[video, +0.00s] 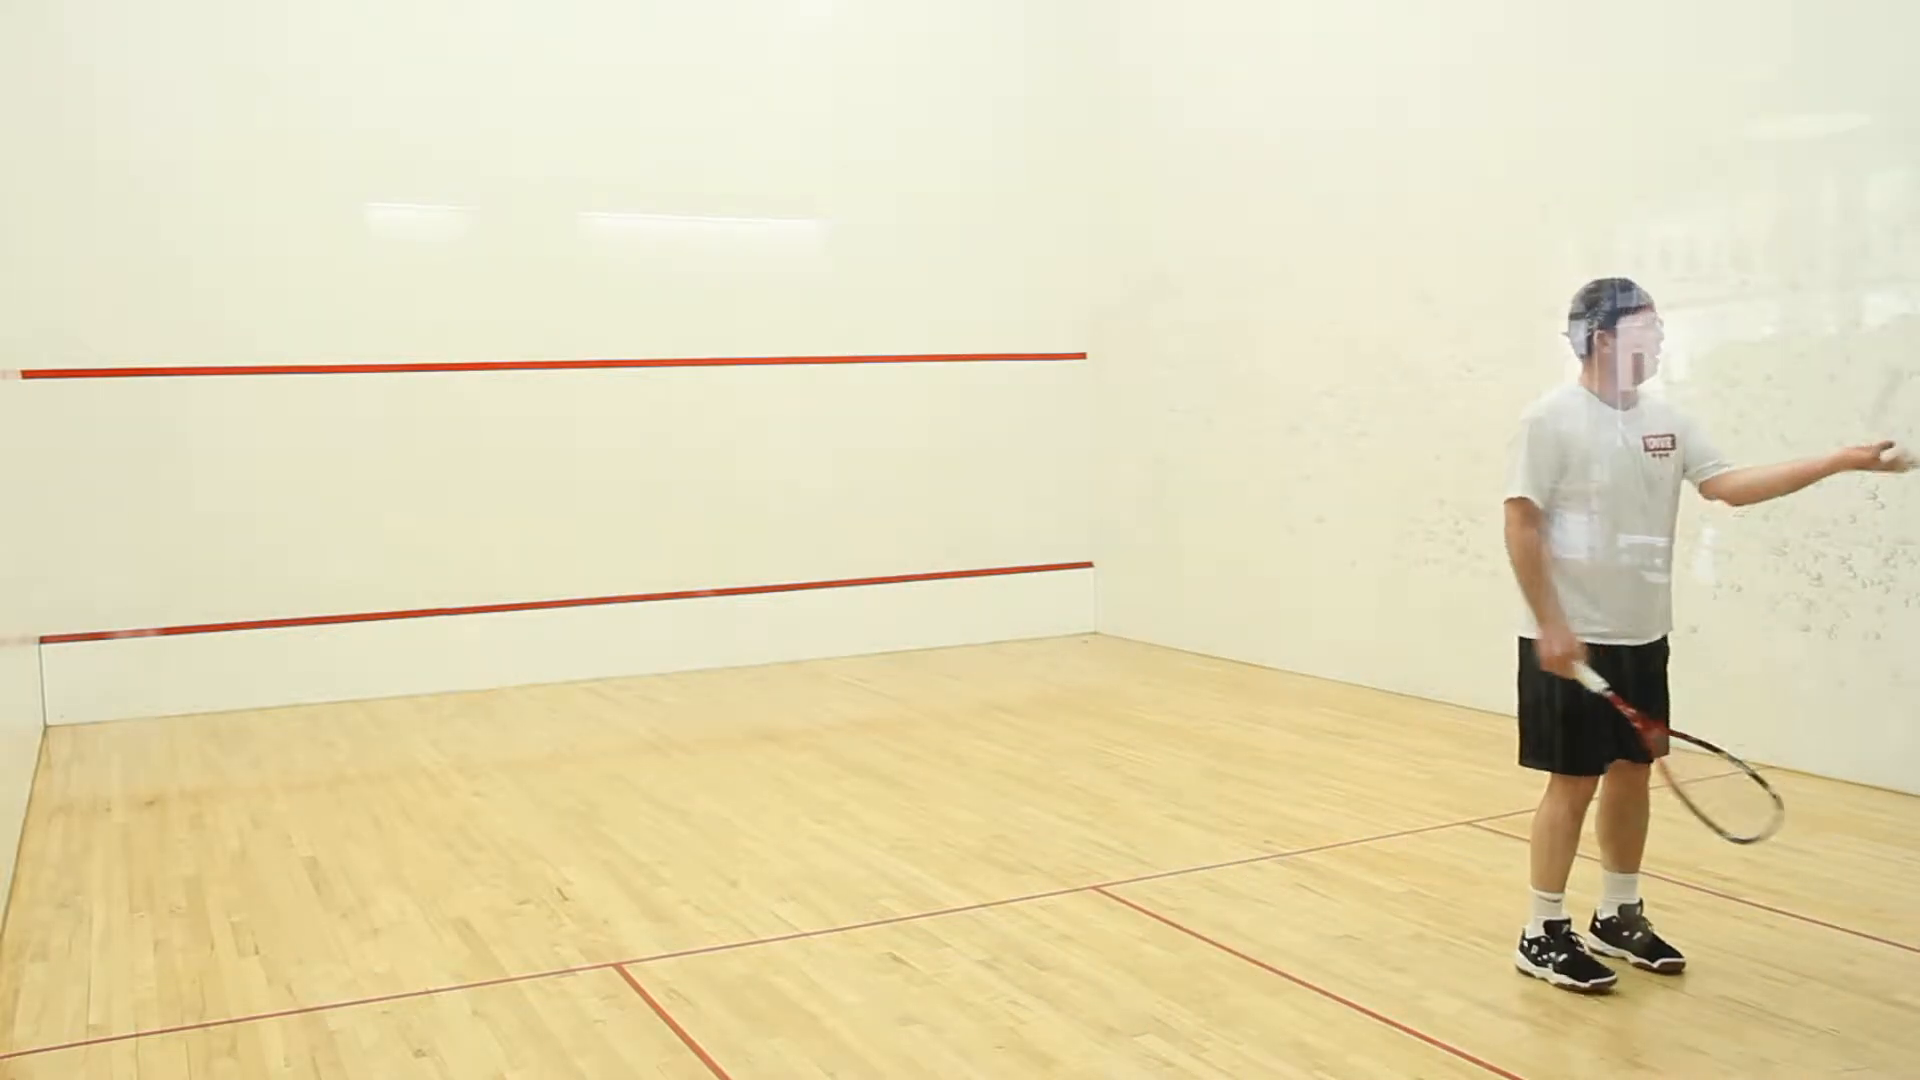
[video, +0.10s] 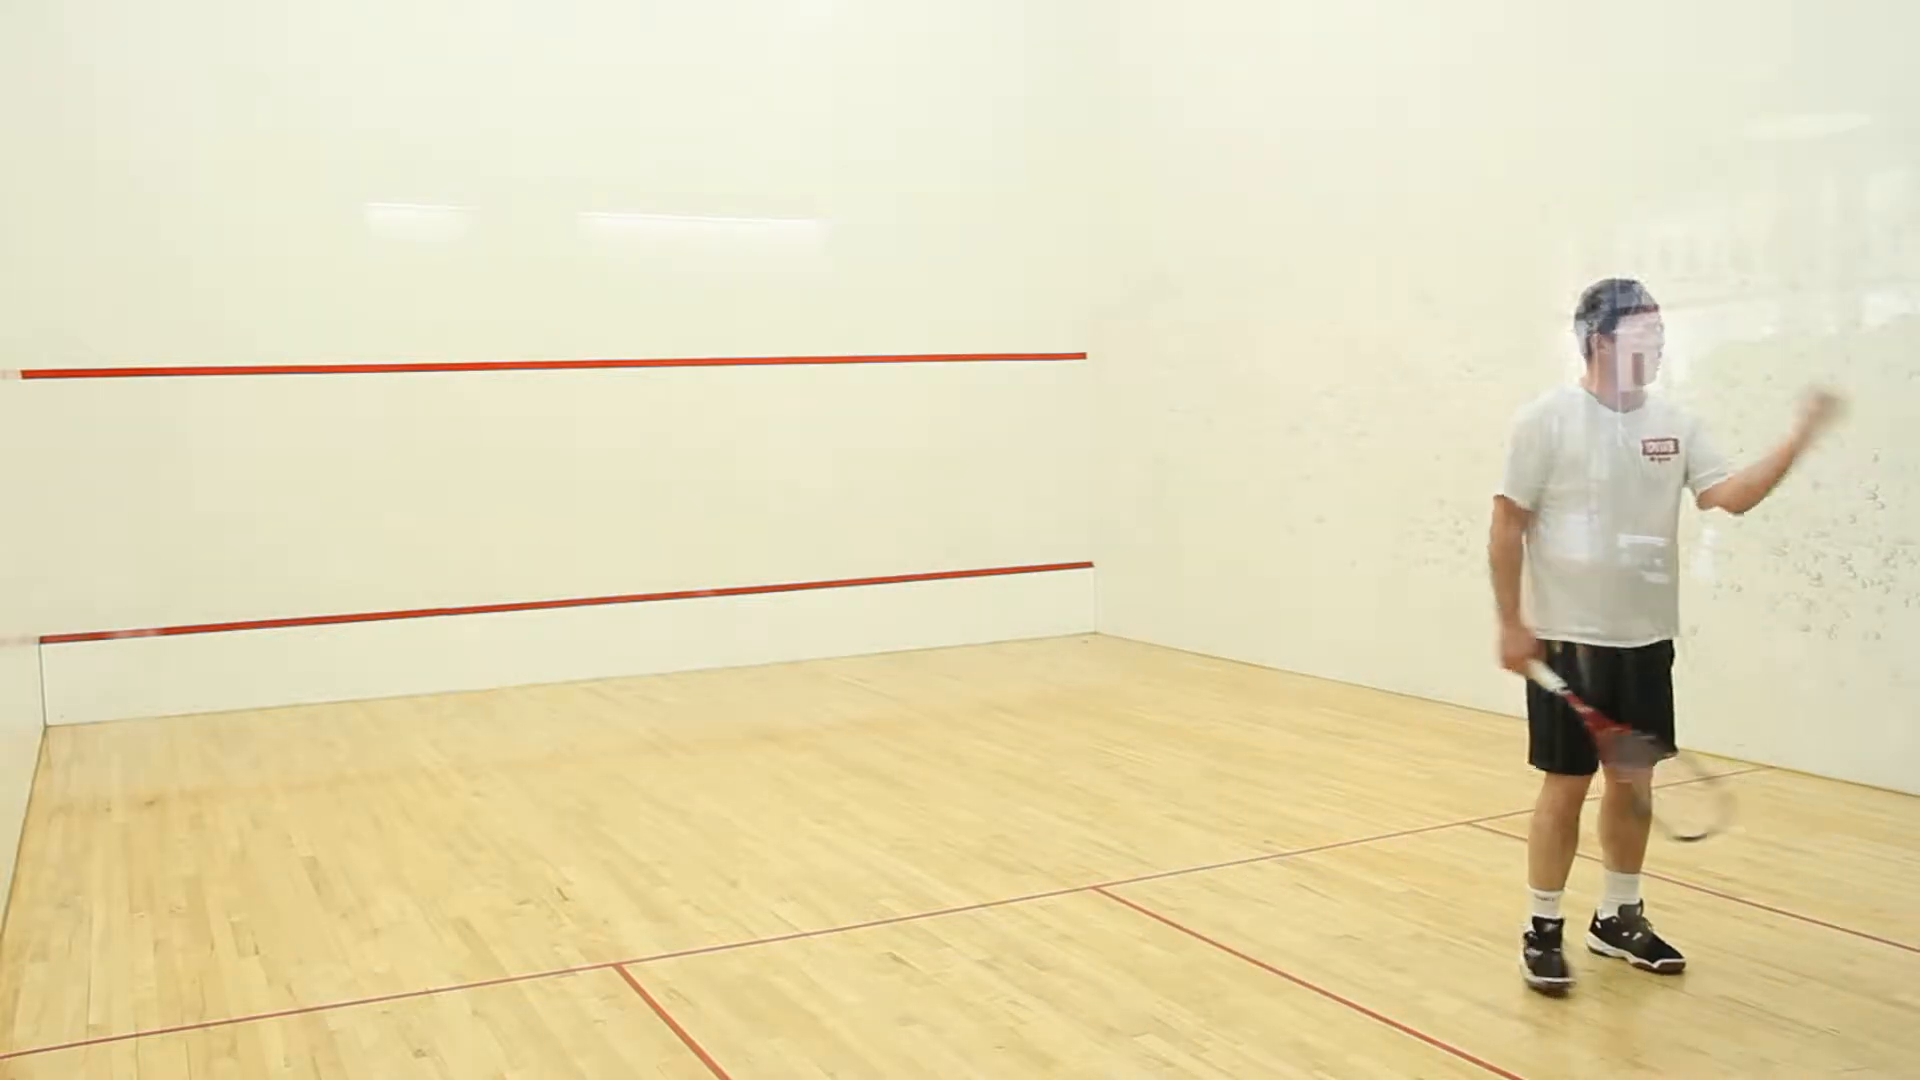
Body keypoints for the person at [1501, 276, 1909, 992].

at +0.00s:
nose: (1654, 351)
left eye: (1656, 338)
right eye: (1642, 337)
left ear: (1646, 342)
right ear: (1596, 340)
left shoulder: (1664, 418)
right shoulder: (1552, 420)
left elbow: (1729, 486)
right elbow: (1521, 525)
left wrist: (1837, 460)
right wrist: (1551, 625)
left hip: (1642, 636)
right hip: (1568, 635)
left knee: (1632, 768)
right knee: (1573, 778)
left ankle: (1618, 917)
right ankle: (1543, 933)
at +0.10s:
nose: (1652, 352)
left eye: (1657, 337)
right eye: (1638, 338)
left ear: (1659, 341)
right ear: (1595, 342)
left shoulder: (1673, 420)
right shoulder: (1546, 420)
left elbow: (1727, 497)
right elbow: (1506, 523)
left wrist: (1793, 442)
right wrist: (1511, 621)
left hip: (1644, 637)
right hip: (1564, 636)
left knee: (1632, 780)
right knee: (1565, 784)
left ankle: (1618, 917)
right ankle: (1543, 927)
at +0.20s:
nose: (1643, 356)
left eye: (1649, 341)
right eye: (1628, 342)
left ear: (1656, 344)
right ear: (1588, 345)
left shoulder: (1675, 425)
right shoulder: (1541, 424)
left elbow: (1734, 505)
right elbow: (1497, 523)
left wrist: (1711, 433)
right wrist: (1477, 619)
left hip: (1643, 639)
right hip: (1556, 636)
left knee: (1633, 781)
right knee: (1549, 782)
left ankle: (1620, 917)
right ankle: (1534, 926)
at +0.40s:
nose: (1588, 353)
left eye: (1599, 339)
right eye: (1573, 343)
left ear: (1617, 341)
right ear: (1549, 350)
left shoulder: (1657, 419)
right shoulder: (1519, 426)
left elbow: (1706, 507)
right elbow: (1484, 523)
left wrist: (1635, 463)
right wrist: (1454, 621)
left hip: (1628, 639)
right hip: (1536, 636)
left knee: (1626, 780)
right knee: (1527, 783)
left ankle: (1620, 917)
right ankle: (1530, 927)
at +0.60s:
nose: (1537, 359)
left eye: (1545, 344)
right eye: (1521, 350)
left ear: (1570, 338)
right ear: (1504, 356)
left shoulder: (1609, 415)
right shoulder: (1483, 428)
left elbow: (1640, 486)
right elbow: (1458, 530)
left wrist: (1569, 411)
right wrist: (1439, 628)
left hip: (1593, 640)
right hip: (1502, 642)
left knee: (1617, 782)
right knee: (1507, 791)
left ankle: (1621, 911)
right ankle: (1528, 929)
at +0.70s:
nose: (1511, 360)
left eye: (1521, 345)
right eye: (1497, 350)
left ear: (1550, 343)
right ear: (1482, 358)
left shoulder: (1590, 417)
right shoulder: (1464, 429)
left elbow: (1600, 476)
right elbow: (1438, 531)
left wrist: (1538, 400)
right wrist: (1414, 626)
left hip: (1572, 641)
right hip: (1482, 643)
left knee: (1601, 787)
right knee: (1497, 791)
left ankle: (1618, 905)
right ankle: (1528, 929)